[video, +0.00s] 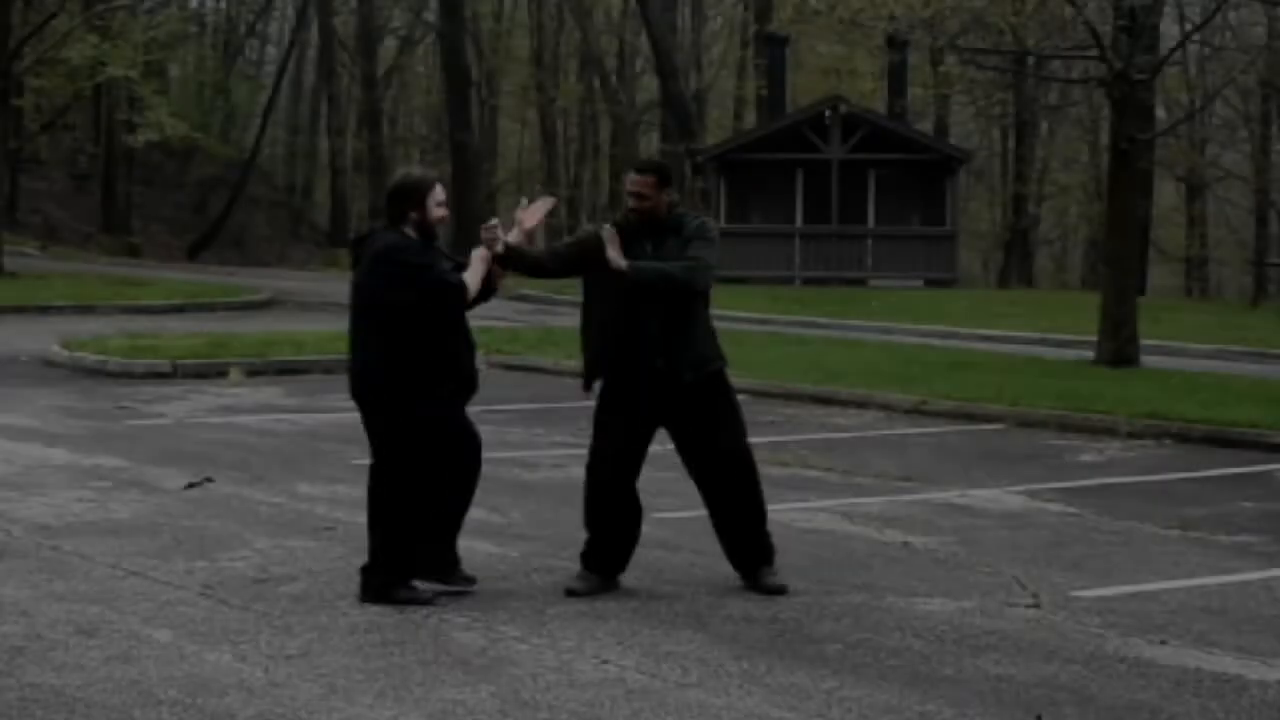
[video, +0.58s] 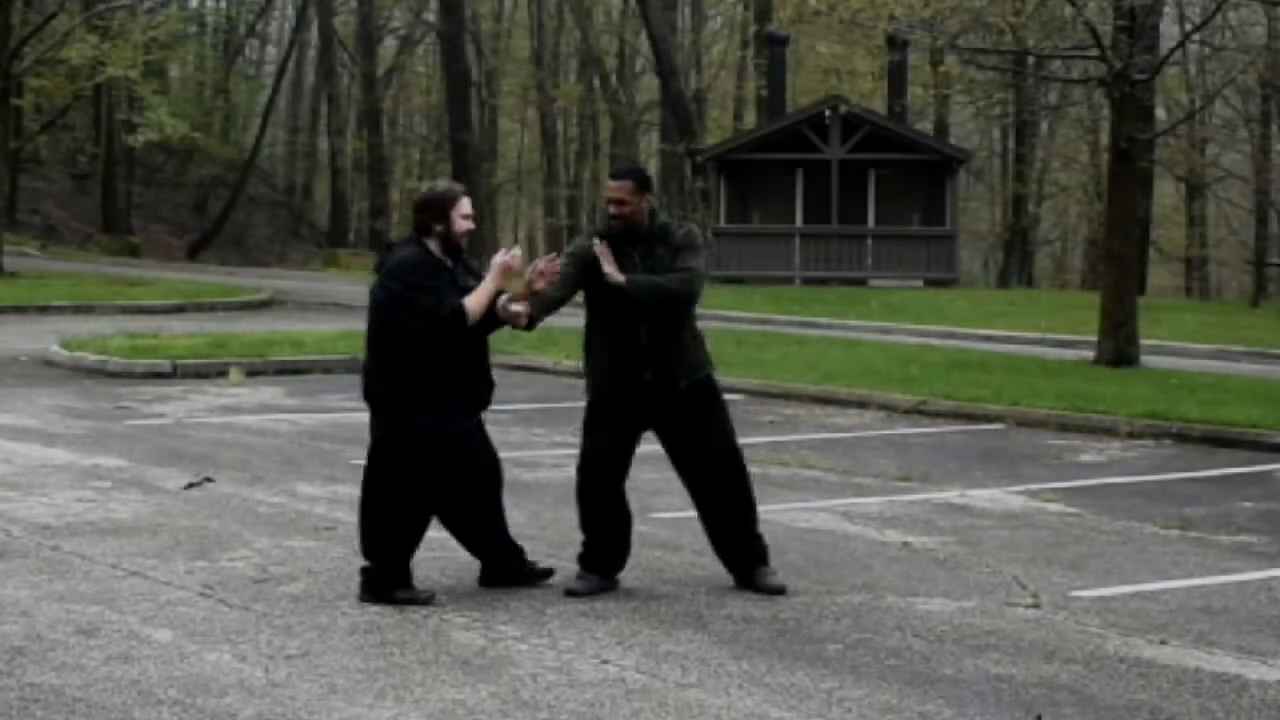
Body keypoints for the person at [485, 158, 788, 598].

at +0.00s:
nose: (633, 205)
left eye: (642, 198)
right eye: (629, 196)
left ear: (667, 198)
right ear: (623, 195)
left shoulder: (692, 232)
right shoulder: (613, 238)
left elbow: (697, 278)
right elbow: (553, 262)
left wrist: (625, 266)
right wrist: (505, 251)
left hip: (693, 378)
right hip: (628, 381)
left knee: (728, 470)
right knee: (608, 476)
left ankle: (758, 567)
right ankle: (600, 570)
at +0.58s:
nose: (613, 212)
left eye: (622, 204)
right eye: (608, 203)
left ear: (647, 203)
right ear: (603, 203)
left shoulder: (681, 238)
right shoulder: (593, 247)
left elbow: (686, 289)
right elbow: (560, 283)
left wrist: (623, 280)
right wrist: (529, 310)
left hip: (681, 383)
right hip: (616, 387)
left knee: (720, 471)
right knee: (598, 478)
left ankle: (751, 567)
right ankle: (599, 569)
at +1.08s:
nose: (715, 210)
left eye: (722, 203)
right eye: (713, 202)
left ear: (752, 204)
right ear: (715, 202)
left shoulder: (788, 242)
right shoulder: (704, 235)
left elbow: (794, 287)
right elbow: (652, 255)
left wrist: (740, 265)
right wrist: (635, 209)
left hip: (767, 385)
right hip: (701, 380)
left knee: (794, 471)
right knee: (654, 445)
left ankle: (823, 563)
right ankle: (639, 552)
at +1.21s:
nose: (736, 209)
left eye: (743, 202)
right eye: (734, 202)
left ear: (773, 203)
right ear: (739, 204)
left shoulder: (814, 251)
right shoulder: (733, 244)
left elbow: (822, 308)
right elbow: (697, 290)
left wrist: (772, 273)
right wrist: (662, 251)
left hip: (791, 388)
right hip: (731, 382)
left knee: (807, 477)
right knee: (674, 431)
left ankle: (825, 563)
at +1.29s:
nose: (746, 209)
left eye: (753, 202)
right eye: (744, 202)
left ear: (781, 203)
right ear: (749, 203)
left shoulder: (823, 252)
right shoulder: (742, 249)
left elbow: (828, 313)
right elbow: (725, 305)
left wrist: (773, 283)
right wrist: (681, 277)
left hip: (799, 388)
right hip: (741, 383)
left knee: (811, 479)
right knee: (686, 436)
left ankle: (824, 564)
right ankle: (713, 546)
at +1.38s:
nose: (753, 210)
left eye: (760, 202)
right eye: (751, 202)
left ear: (789, 203)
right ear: (758, 204)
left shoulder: (827, 250)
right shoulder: (754, 245)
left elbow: (824, 308)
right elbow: (733, 305)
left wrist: (769, 271)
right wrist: (695, 286)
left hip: (804, 387)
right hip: (745, 380)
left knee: (809, 478)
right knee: (693, 435)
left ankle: (824, 564)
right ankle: (712, 545)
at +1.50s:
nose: (757, 207)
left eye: (765, 200)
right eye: (756, 199)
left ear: (793, 202)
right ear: (760, 202)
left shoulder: (823, 251)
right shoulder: (758, 241)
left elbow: (782, 293)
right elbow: (732, 306)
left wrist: (733, 258)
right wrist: (727, 285)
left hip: (806, 384)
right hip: (748, 376)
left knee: (809, 477)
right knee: (692, 426)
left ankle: (823, 564)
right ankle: (702, 536)